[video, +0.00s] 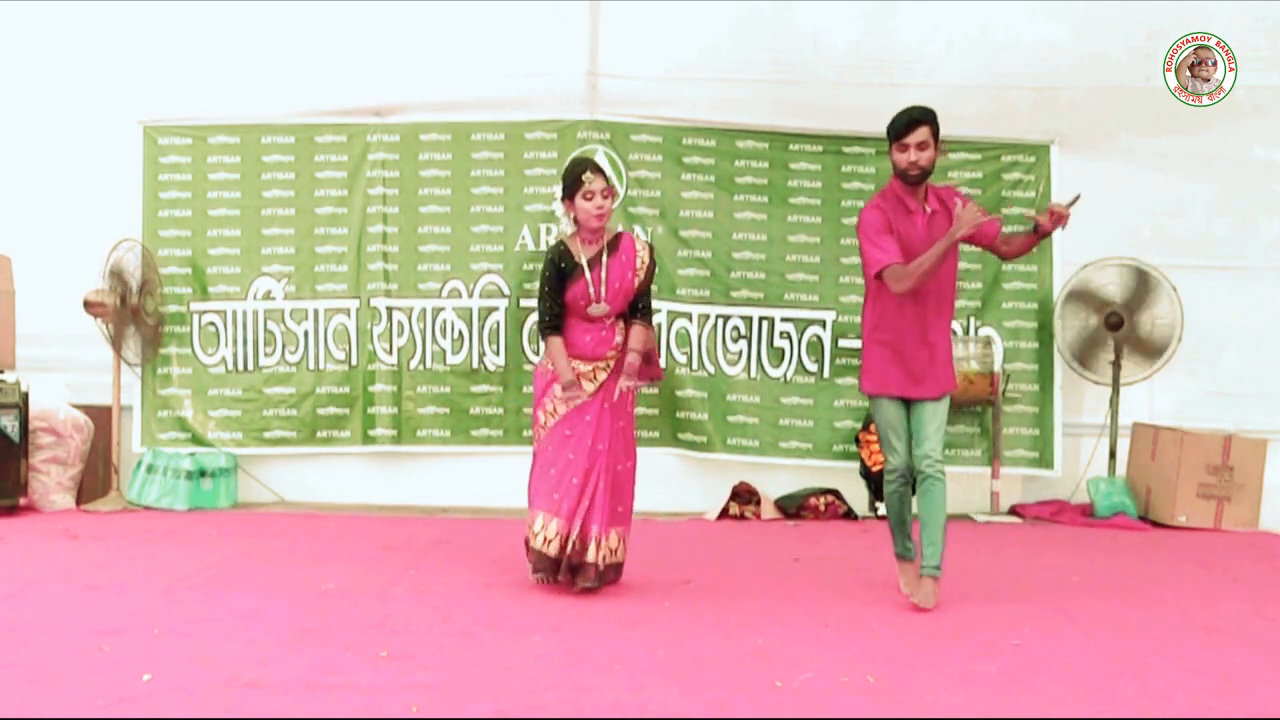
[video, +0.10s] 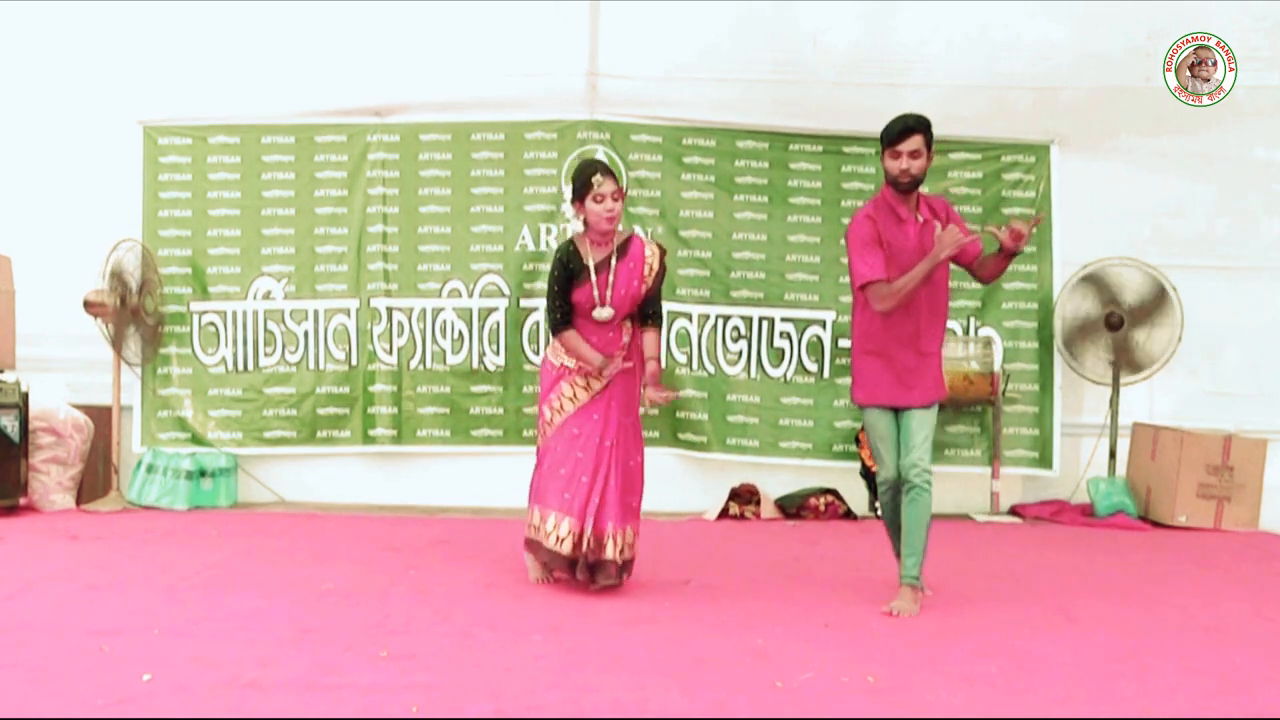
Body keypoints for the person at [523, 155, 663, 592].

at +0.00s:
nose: (600, 204)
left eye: (606, 194)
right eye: (588, 196)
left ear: (615, 198)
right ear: (570, 204)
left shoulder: (637, 252)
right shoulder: (560, 256)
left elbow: (641, 313)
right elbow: (549, 323)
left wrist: (633, 358)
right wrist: (566, 375)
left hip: (614, 368)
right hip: (564, 366)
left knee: (605, 458)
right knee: (563, 456)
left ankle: (596, 557)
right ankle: (558, 552)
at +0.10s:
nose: (610, 207)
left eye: (616, 197)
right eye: (599, 199)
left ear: (624, 199)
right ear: (580, 207)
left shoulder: (646, 254)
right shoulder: (569, 254)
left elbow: (651, 318)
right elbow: (558, 322)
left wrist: (652, 375)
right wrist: (597, 361)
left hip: (622, 366)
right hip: (571, 364)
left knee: (614, 455)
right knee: (570, 452)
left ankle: (607, 554)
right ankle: (563, 551)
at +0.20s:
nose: (633, 219)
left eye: (637, 209)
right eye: (622, 213)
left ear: (645, 209)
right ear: (602, 220)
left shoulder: (665, 262)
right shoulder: (590, 263)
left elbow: (668, 328)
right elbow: (575, 331)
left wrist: (674, 390)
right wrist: (617, 369)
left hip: (639, 369)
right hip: (587, 368)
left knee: (633, 457)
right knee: (584, 455)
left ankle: (625, 559)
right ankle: (543, 544)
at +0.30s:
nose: (645, 234)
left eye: (650, 223)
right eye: (633, 226)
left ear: (658, 223)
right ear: (613, 233)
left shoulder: (676, 269)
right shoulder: (606, 281)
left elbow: (678, 331)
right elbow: (591, 350)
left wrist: (663, 388)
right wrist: (610, 410)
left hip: (651, 382)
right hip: (603, 381)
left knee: (650, 462)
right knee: (614, 459)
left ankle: (638, 563)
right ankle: (598, 557)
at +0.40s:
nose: (659, 235)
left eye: (664, 224)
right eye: (648, 228)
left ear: (673, 225)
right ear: (629, 235)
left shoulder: (689, 268)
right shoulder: (622, 283)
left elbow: (692, 331)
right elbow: (618, 352)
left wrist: (681, 389)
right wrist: (623, 411)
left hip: (668, 379)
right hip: (622, 380)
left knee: (672, 458)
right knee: (636, 458)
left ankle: (661, 559)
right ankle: (625, 554)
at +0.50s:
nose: (669, 231)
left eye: (674, 221)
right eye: (658, 224)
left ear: (681, 221)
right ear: (638, 231)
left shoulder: (700, 265)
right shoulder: (630, 279)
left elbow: (707, 327)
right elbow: (622, 345)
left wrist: (712, 389)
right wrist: (640, 391)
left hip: (679, 372)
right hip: (633, 373)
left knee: (681, 455)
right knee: (643, 456)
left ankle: (676, 555)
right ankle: (639, 553)